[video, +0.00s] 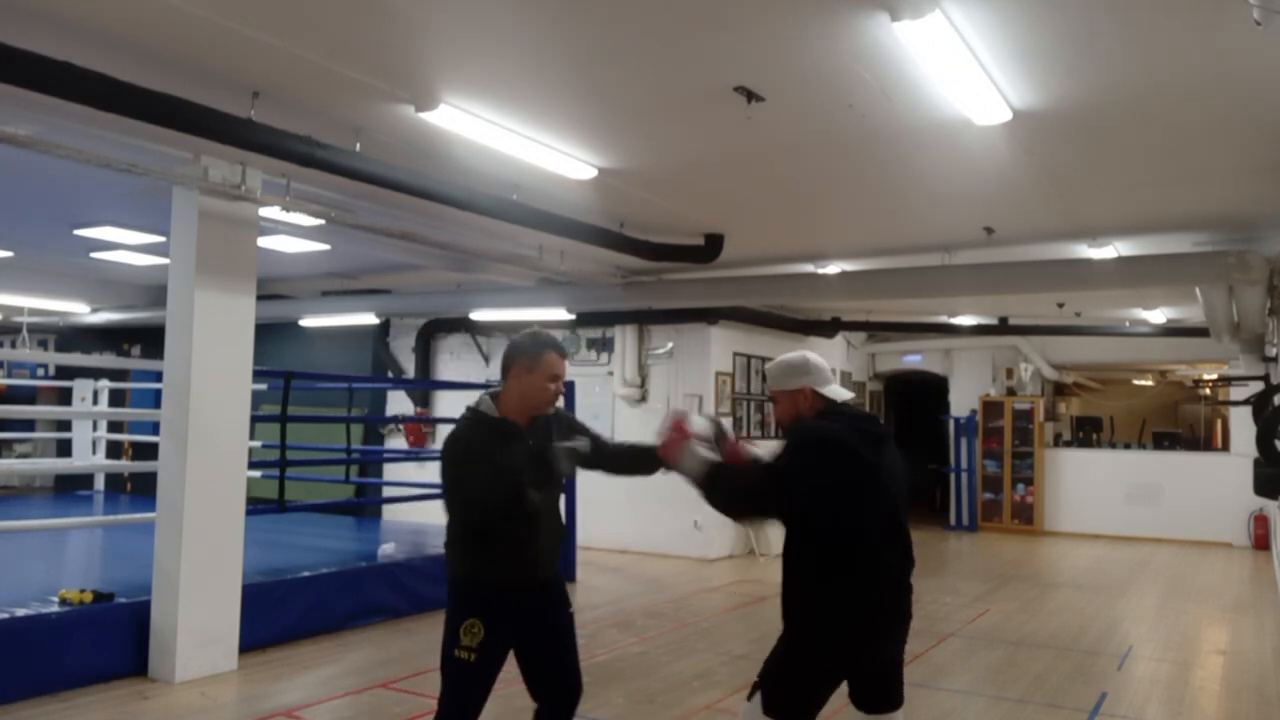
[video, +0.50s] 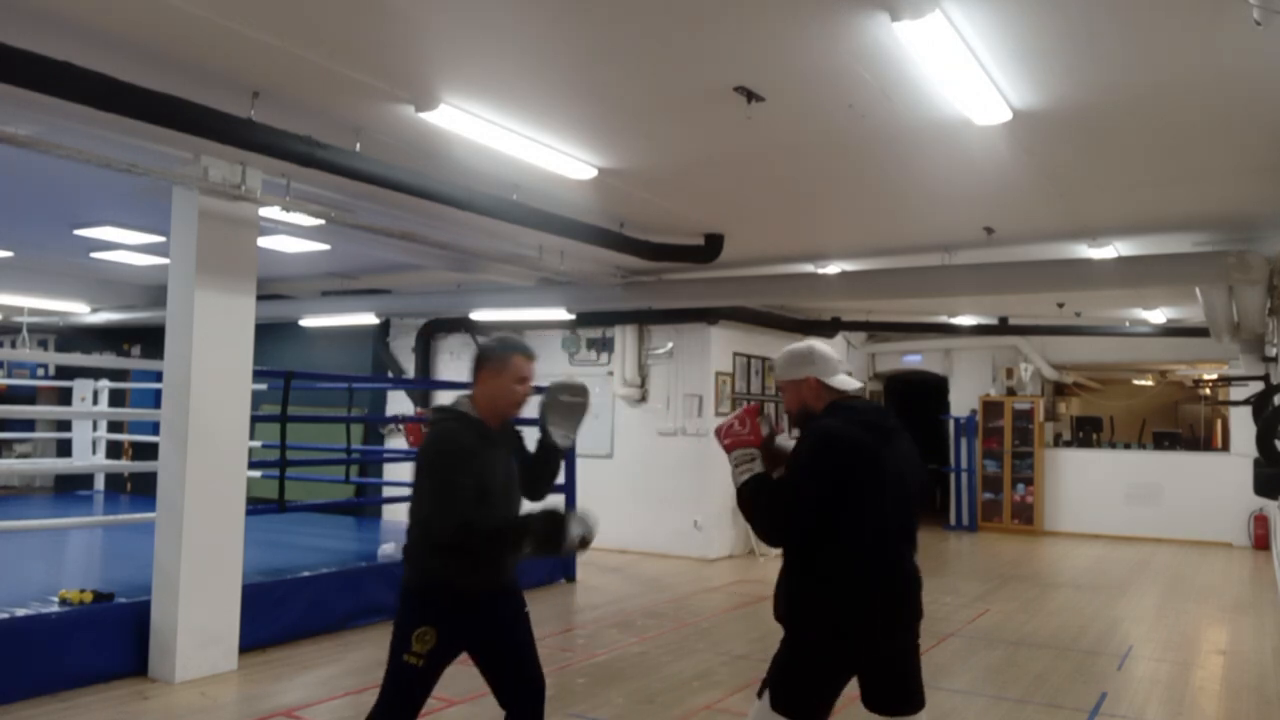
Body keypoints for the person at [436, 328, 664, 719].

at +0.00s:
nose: (560, 390)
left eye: (561, 381)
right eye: (553, 380)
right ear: (517, 374)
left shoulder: (555, 426)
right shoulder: (468, 440)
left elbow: (605, 454)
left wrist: (663, 455)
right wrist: (544, 469)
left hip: (540, 590)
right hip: (481, 594)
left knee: (561, 696)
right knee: (459, 708)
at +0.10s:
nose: (565, 388)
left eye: (567, 379)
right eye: (557, 377)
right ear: (522, 373)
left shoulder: (562, 427)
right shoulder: (477, 430)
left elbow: (620, 469)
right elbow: (477, 507)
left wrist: (656, 449)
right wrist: (518, 422)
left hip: (533, 588)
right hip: (475, 590)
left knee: (548, 696)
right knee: (453, 705)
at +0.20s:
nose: (572, 386)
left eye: (574, 376)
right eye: (564, 375)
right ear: (530, 373)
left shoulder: (561, 425)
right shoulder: (493, 422)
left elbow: (580, 483)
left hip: (525, 579)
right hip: (468, 578)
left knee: (539, 696)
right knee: (441, 702)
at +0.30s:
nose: (569, 393)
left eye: (572, 385)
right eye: (562, 382)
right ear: (528, 376)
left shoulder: (542, 433)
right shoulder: (493, 425)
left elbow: (549, 497)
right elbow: (548, 470)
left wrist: (583, 517)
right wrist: (609, 425)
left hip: (515, 583)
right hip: (463, 582)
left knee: (534, 694)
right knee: (422, 700)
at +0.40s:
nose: (555, 392)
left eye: (557, 384)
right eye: (547, 381)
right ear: (514, 377)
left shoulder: (525, 434)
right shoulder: (479, 429)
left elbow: (533, 496)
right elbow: (511, 496)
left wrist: (582, 477)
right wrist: (571, 469)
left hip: (504, 591)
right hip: (452, 592)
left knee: (529, 697)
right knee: (413, 703)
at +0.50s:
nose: (527, 391)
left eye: (529, 383)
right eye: (520, 381)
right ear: (486, 377)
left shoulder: (503, 432)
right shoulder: (448, 435)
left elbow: (534, 485)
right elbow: (453, 535)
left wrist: (554, 438)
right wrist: (538, 532)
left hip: (492, 592)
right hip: (436, 595)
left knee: (526, 700)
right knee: (396, 708)